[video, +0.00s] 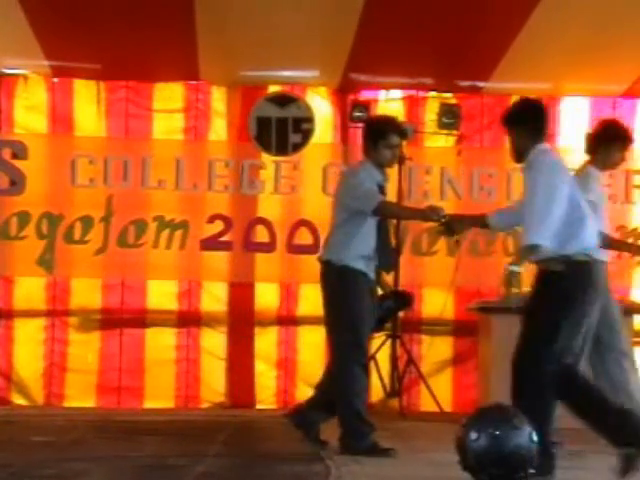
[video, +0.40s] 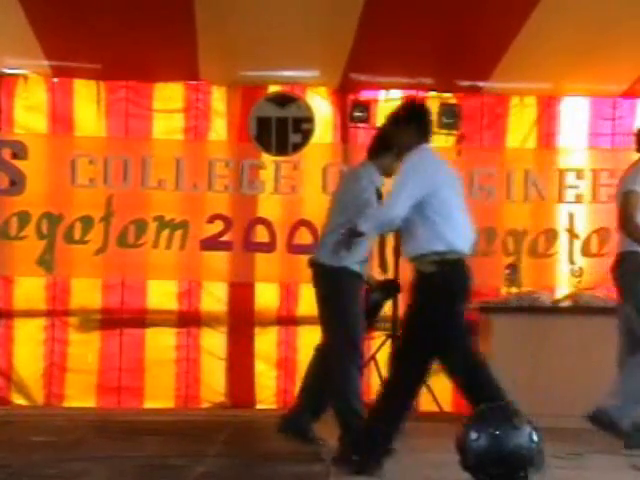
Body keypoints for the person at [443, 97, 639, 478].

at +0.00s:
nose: (508, 143)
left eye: (511, 134)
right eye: (508, 135)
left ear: (523, 133)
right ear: (535, 131)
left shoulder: (545, 164)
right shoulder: (540, 169)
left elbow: (545, 210)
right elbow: (518, 215)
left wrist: (522, 256)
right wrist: (469, 222)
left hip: (573, 275)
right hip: (561, 273)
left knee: (543, 366)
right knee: (535, 366)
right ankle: (534, 458)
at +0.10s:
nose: (485, 137)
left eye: (488, 129)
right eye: (485, 130)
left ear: (501, 127)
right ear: (513, 125)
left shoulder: (524, 159)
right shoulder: (517, 161)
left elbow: (510, 212)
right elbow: (504, 217)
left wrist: (475, 254)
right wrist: (458, 223)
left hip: (546, 265)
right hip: (531, 264)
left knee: (522, 357)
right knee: (514, 356)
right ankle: (574, 433)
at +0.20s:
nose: (453, 137)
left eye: (456, 128)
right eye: (451, 130)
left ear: (474, 125)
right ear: (477, 126)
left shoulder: (488, 155)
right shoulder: (485, 157)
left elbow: (468, 200)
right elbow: (480, 219)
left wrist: (429, 233)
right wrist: (440, 225)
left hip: (511, 266)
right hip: (499, 265)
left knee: (511, 357)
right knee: (467, 349)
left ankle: (537, 441)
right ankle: (480, 441)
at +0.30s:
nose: (429, 139)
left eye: (432, 131)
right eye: (429, 131)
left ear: (447, 127)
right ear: (457, 127)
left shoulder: (463, 158)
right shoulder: (467, 158)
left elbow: (437, 205)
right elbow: (461, 218)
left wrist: (401, 224)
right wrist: (426, 231)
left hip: (483, 269)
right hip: (480, 268)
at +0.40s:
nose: (390, 136)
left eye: (395, 128)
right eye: (391, 128)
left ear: (409, 129)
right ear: (422, 131)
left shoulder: (419, 162)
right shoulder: (434, 164)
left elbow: (393, 212)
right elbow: (417, 220)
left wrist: (361, 227)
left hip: (437, 276)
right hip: (445, 273)